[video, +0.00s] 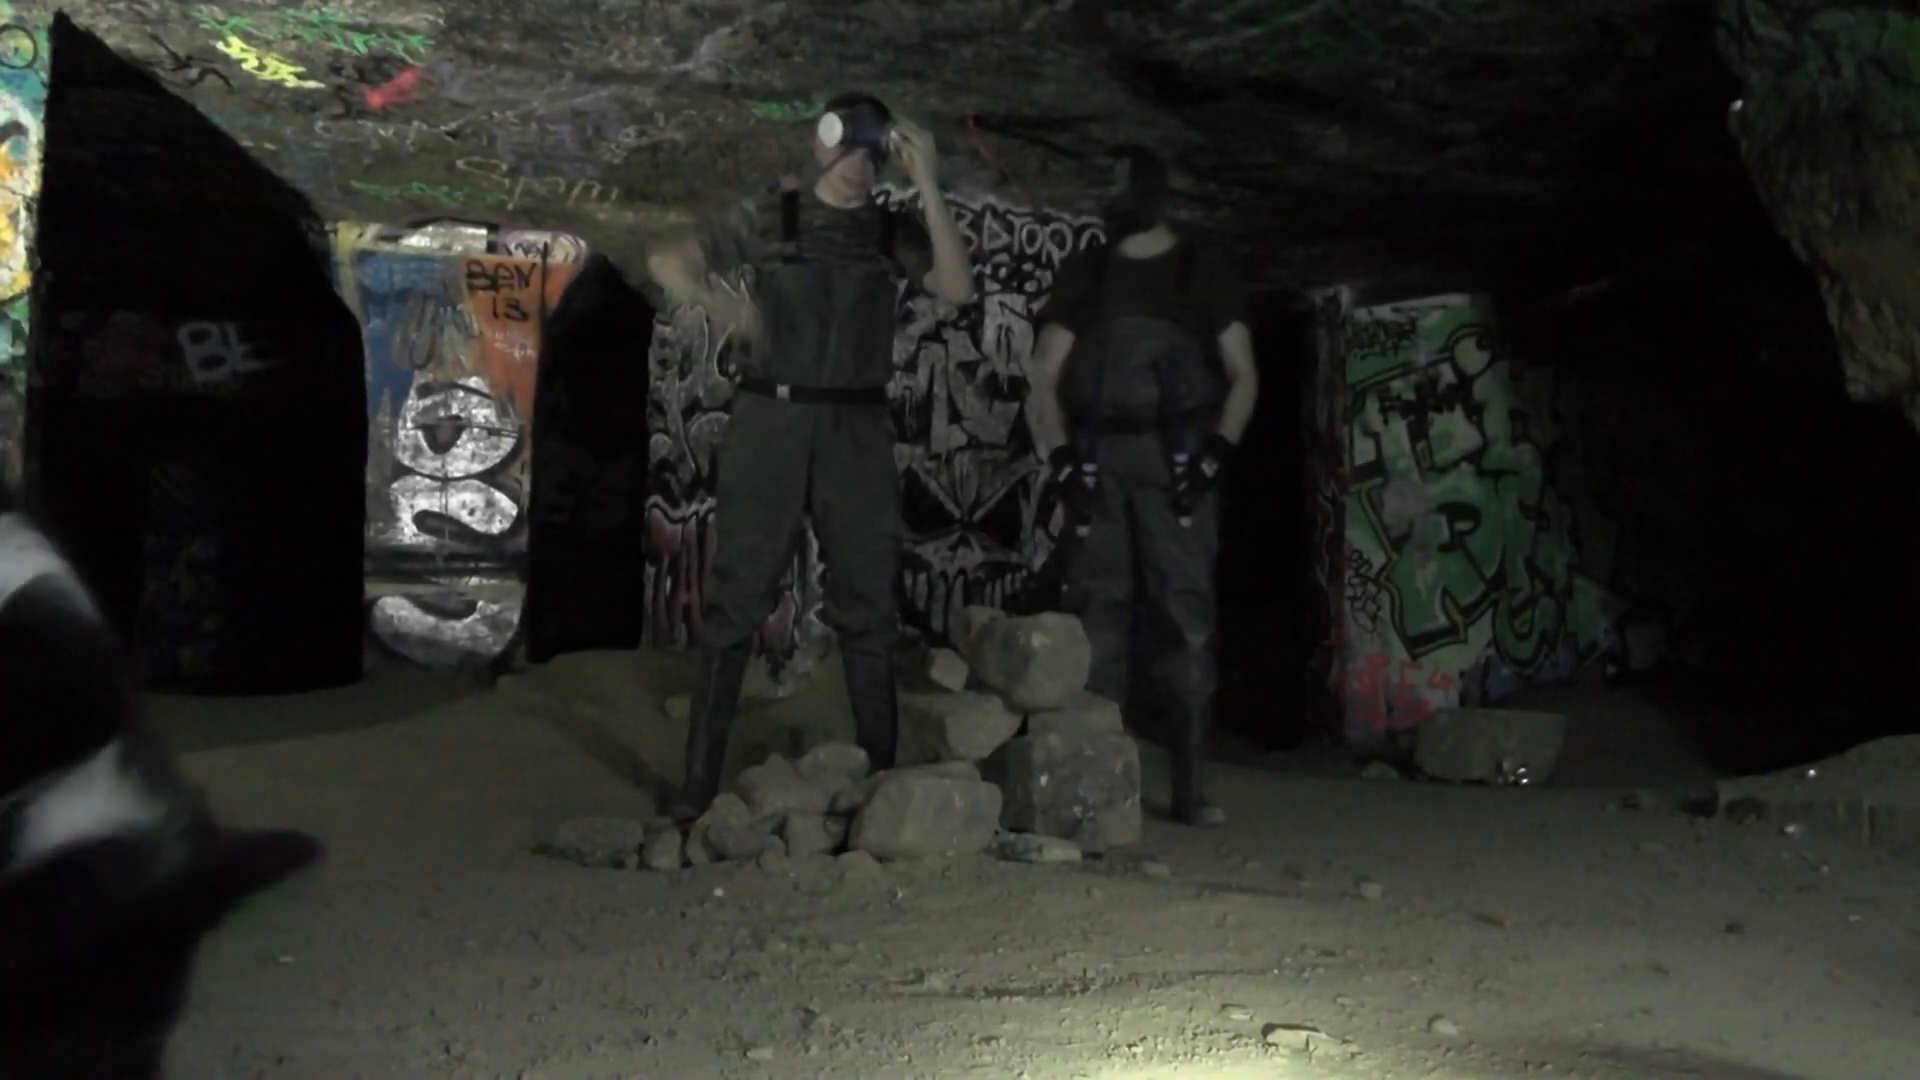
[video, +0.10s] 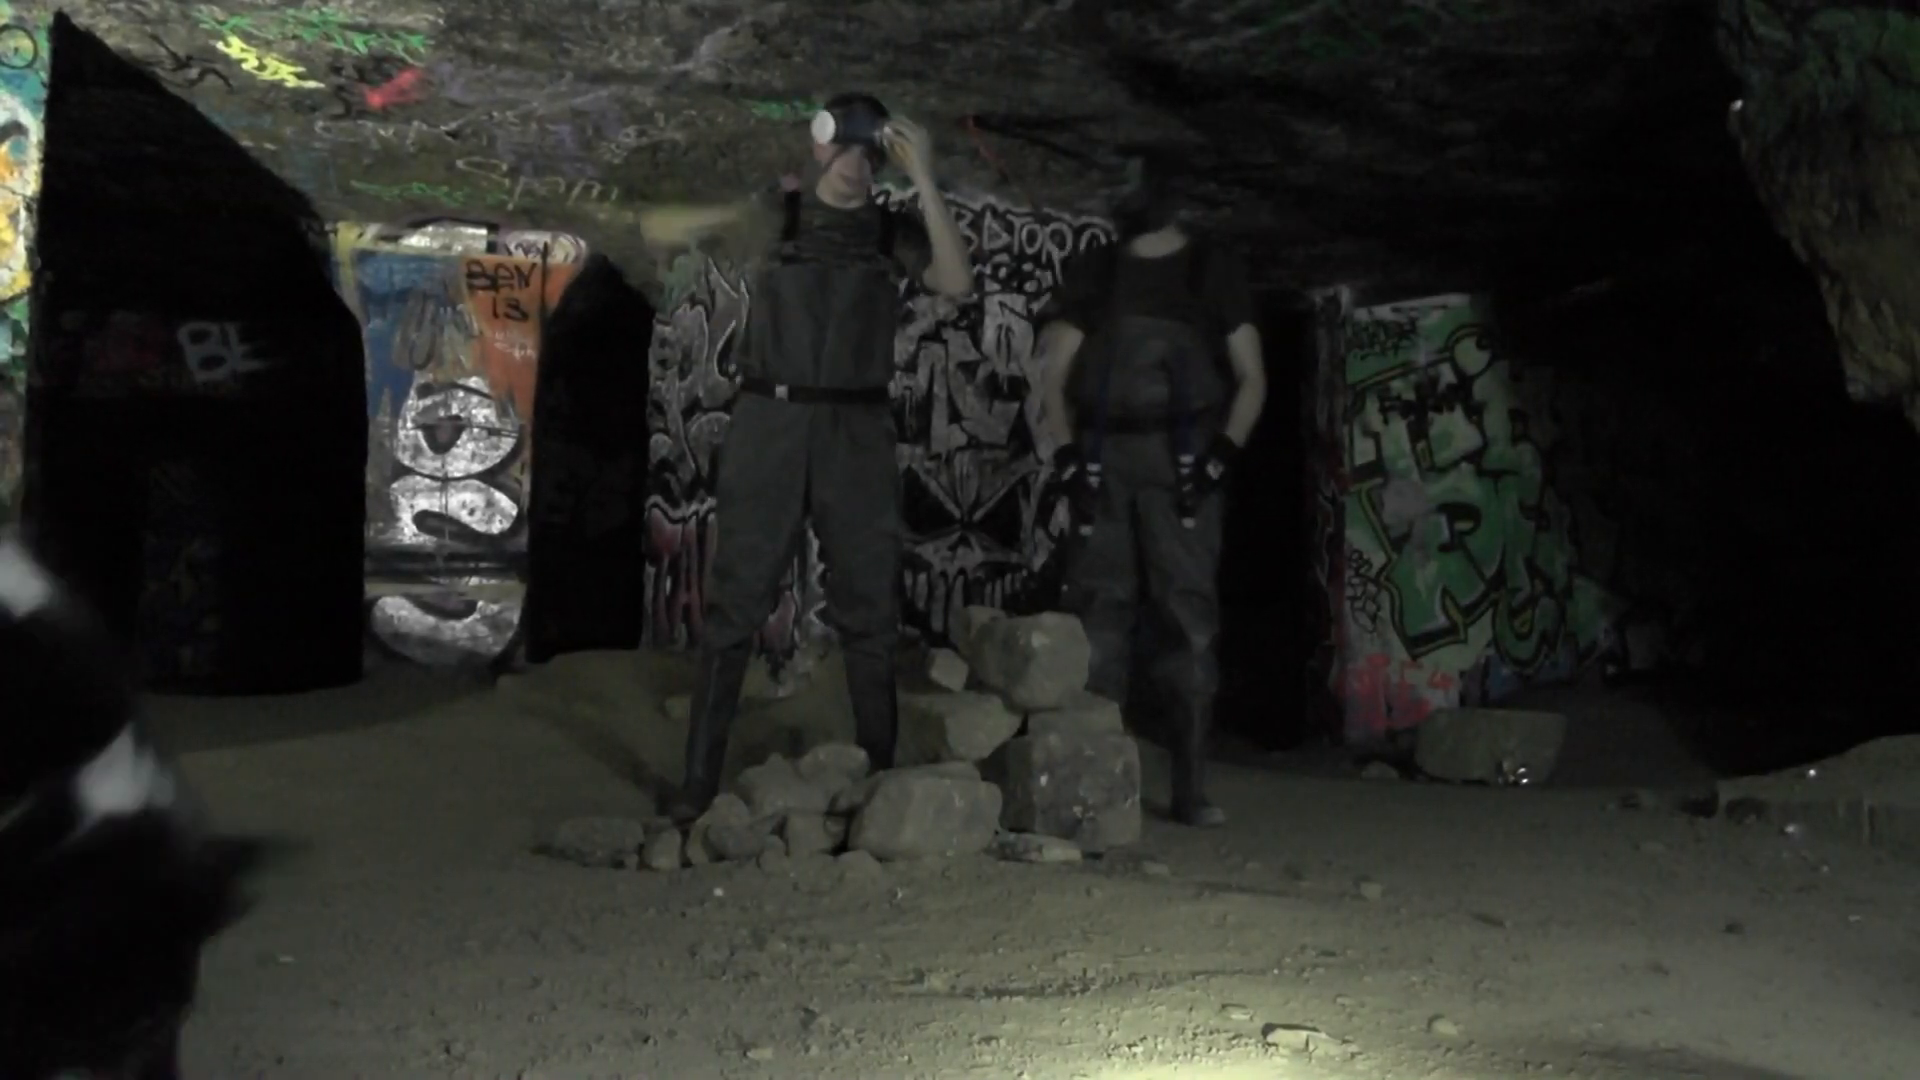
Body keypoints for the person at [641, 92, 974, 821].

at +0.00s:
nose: (860, 166)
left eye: (873, 155)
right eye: (850, 149)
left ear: (884, 161)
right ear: (819, 145)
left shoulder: (891, 230)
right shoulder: (769, 215)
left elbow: (956, 289)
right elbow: (668, 261)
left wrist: (926, 183)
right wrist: (727, 311)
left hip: (858, 439)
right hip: (769, 435)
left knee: (868, 612)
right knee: (736, 609)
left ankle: (882, 779)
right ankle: (699, 786)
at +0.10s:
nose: (856, 161)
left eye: (870, 151)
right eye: (845, 145)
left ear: (881, 160)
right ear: (816, 146)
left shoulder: (893, 230)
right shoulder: (771, 213)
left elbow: (954, 282)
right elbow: (662, 231)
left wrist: (922, 176)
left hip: (858, 437)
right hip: (769, 432)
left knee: (868, 613)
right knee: (738, 608)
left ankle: (879, 781)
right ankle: (700, 785)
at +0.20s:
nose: (847, 163)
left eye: (861, 152)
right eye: (836, 147)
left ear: (879, 162)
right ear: (811, 150)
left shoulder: (892, 230)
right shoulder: (770, 217)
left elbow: (955, 278)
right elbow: (657, 201)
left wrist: (918, 175)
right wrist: (755, 192)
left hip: (859, 438)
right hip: (769, 433)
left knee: (869, 614)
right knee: (737, 609)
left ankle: (880, 780)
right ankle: (699, 786)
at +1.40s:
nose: (828, 156)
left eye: (836, 145)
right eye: (815, 141)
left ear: (847, 157)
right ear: (781, 146)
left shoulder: (851, 231)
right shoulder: (750, 219)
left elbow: (936, 271)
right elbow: (745, 260)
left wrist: (911, 173)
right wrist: (795, 187)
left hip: (843, 435)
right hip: (759, 431)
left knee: (867, 605)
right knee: (732, 600)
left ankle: (883, 771)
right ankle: (679, 771)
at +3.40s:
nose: (820, 159)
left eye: (832, 150)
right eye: (809, 150)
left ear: (850, 165)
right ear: (789, 167)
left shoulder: (871, 228)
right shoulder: (764, 227)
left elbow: (911, 244)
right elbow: (692, 244)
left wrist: (872, 142)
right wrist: (739, 145)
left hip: (852, 436)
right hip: (763, 434)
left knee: (866, 611)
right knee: (731, 606)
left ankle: (870, 778)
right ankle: (696, 784)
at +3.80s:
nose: (808, 181)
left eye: (825, 167)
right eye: (797, 166)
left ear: (851, 172)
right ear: (775, 171)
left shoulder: (874, 240)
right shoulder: (758, 237)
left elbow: (914, 322)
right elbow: (692, 308)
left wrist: (867, 217)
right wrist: (747, 216)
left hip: (854, 442)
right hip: (763, 439)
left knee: (867, 614)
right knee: (730, 609)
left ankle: (872, 779)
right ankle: (696, 785)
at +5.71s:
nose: (813, 208)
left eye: (828, 196)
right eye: (802, 193)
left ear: (851, 180)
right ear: (782, 174)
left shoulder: (877, 241)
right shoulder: (740, 236)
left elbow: (907, 345)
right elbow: (709, 335)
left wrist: (847, 328)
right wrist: (769, 320)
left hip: (849, 446)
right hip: (757, 444)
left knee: (865, 611)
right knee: (730, 608)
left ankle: (875, 776)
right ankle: (696, 783)